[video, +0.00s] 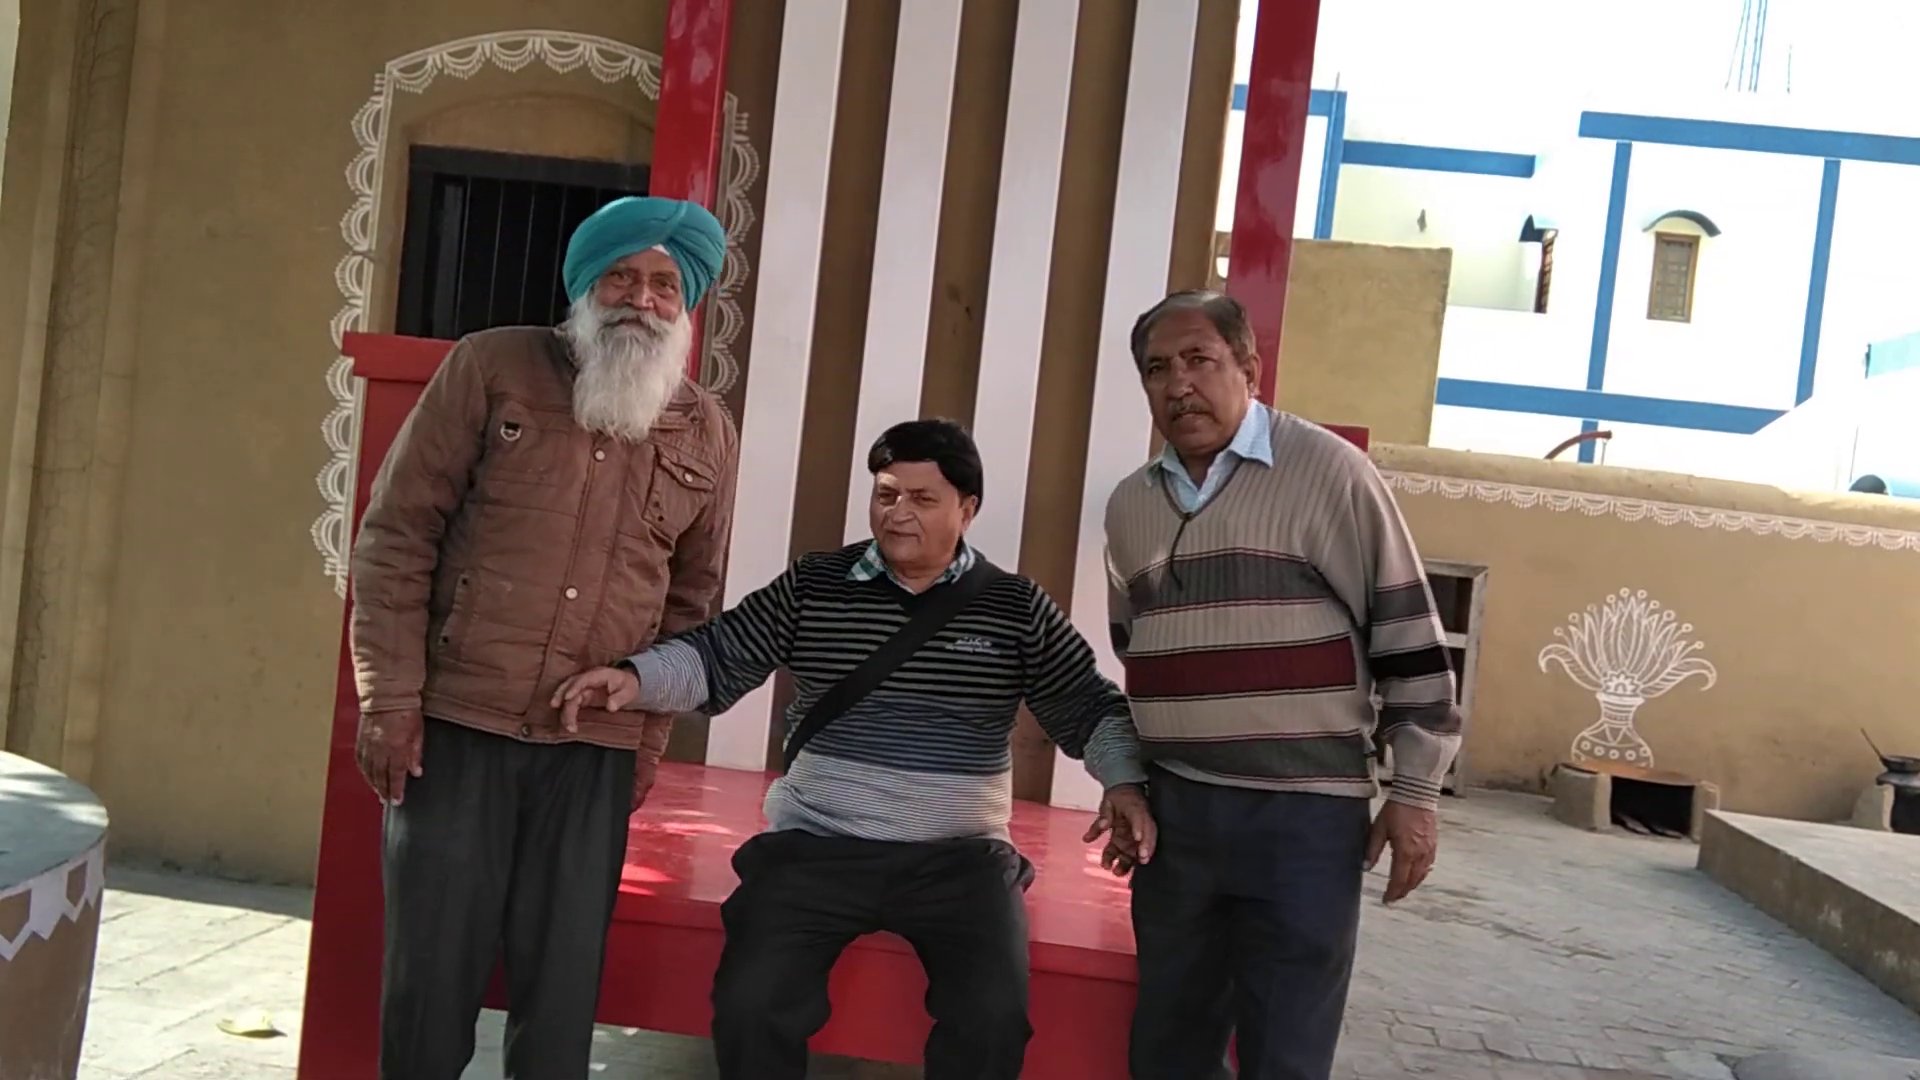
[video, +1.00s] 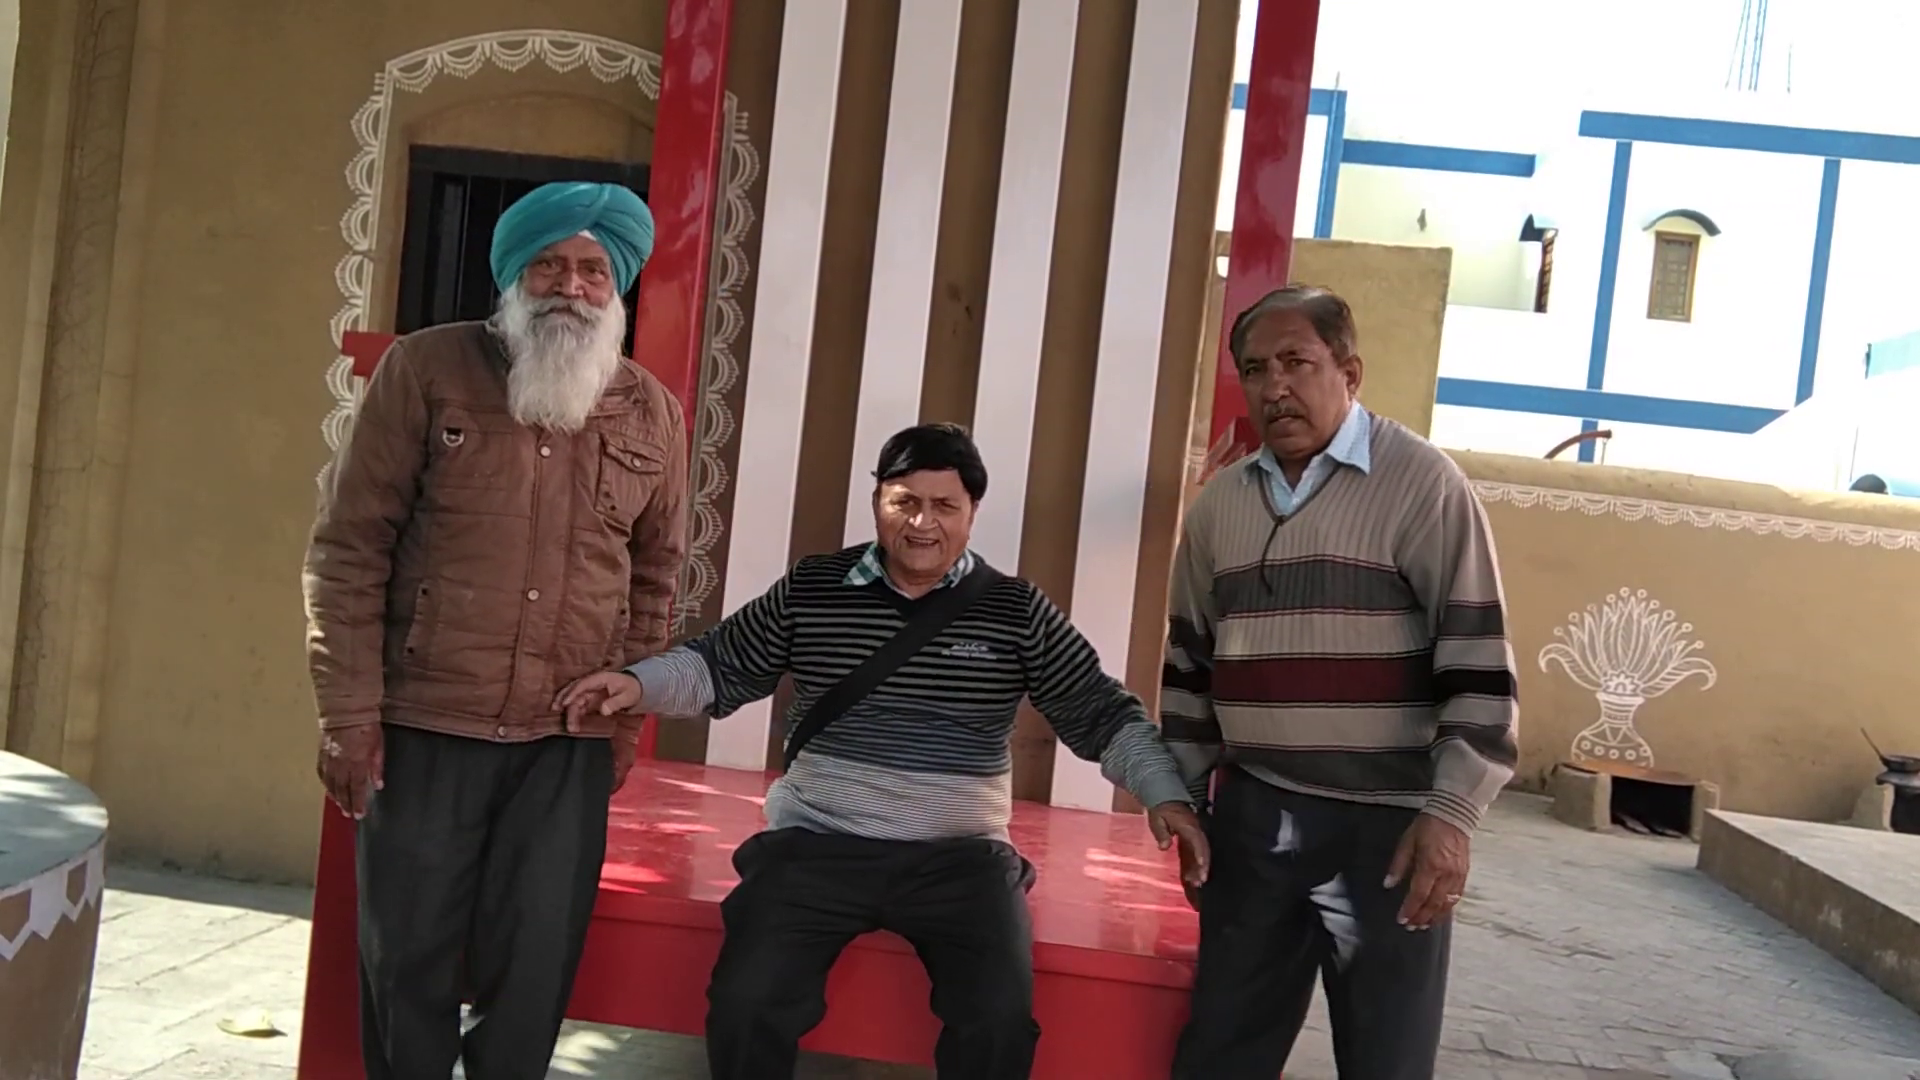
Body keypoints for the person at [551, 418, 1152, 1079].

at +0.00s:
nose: (898, 511)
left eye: (922, 498)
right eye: (885, 494)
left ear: (967, 511)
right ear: (871, 501)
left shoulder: (1014, 607)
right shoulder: (815, 586)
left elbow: (1091, 704)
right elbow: (720, 651)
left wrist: (1126, 787)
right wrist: (632, 682)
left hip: (959, 853)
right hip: (813, 843)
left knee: (993, 1016)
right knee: (752, 1008)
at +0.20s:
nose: (915, 512)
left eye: (937, 498)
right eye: (900, 494)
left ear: (972, 511)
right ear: (876, 501)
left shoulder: (1014, 607)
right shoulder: (812, 588)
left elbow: (1090, 702)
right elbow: (713, 651)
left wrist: (1125, 780)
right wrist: (625, 681)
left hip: (960, 851)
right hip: (813, 841)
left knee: (1001, 1016)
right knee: (749, 1006)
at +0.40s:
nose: (919, 514)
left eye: (941, 500)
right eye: (904, 496)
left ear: (976, 511)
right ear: (880, 501)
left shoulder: (1015, 609)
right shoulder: (814, 588)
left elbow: (1090, 706)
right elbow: (711, 649)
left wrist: (1129, 786)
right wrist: (620, 683)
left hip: (959, 851)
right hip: (813, 840)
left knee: (999, 1015)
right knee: (747, 1008)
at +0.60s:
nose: (925, 522)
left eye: (944, 507)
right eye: (909, 504)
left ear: (974, 515)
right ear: (880, 505)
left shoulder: (1014, 610)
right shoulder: (814, 588)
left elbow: (1094, 705)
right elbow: (717, 654)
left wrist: (1146, 787)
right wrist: (638, 680)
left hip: (958, 849)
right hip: (813, 840)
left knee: (999, 1018)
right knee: (745, 1011)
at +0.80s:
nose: (923, 522)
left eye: (943, 506)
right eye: (906, 503)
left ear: (974, 514)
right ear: (877, 504)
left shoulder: (1014, 609)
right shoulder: (815, 589)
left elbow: (1098, 706)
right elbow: (725, 661)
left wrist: (1153, 785)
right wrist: (651, 685)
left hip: (960, 849)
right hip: (816, 839)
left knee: (999, 1021)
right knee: (745, 1009)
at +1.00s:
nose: (924, 520)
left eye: (944, 506)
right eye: (907, 502)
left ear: (973, 515)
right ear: (877, 505)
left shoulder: (1014, 611)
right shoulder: (814, 590)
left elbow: (1101, 712)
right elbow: (721, 666)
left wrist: (1167, 797)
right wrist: (635, 684)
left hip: (961, 849)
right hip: (814, 837)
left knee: (998, 1019)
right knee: (746, 1004)